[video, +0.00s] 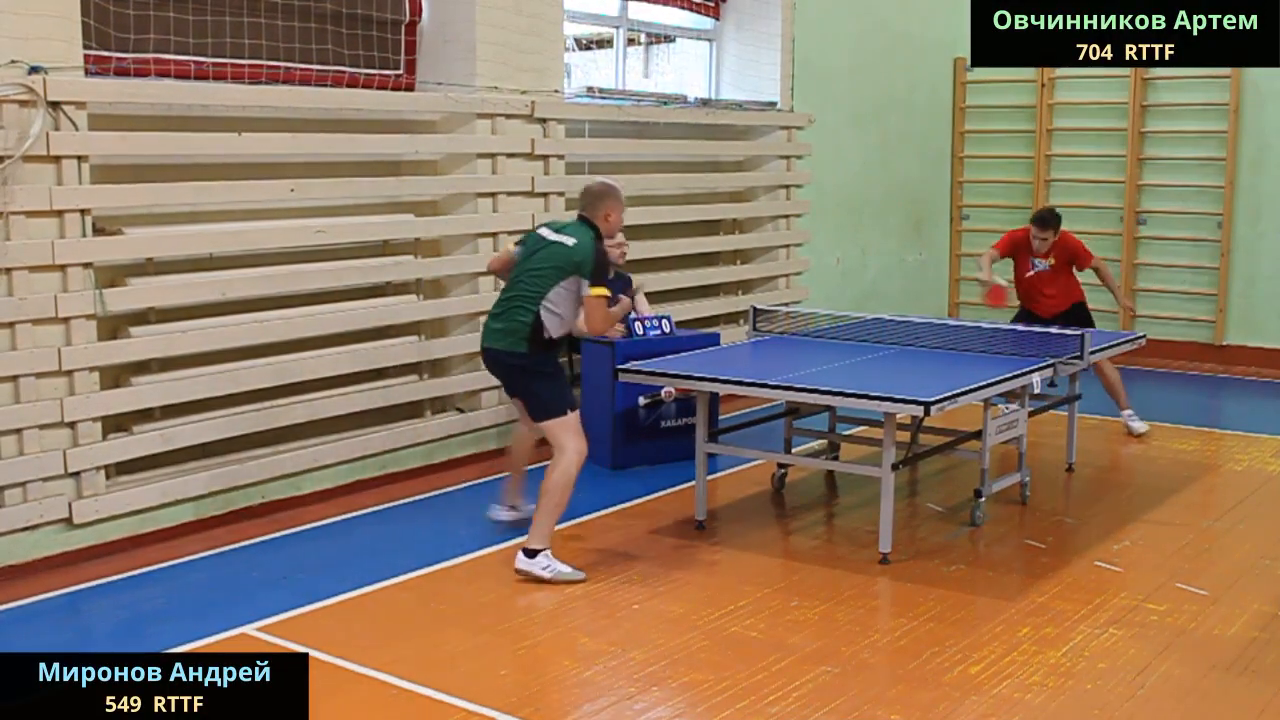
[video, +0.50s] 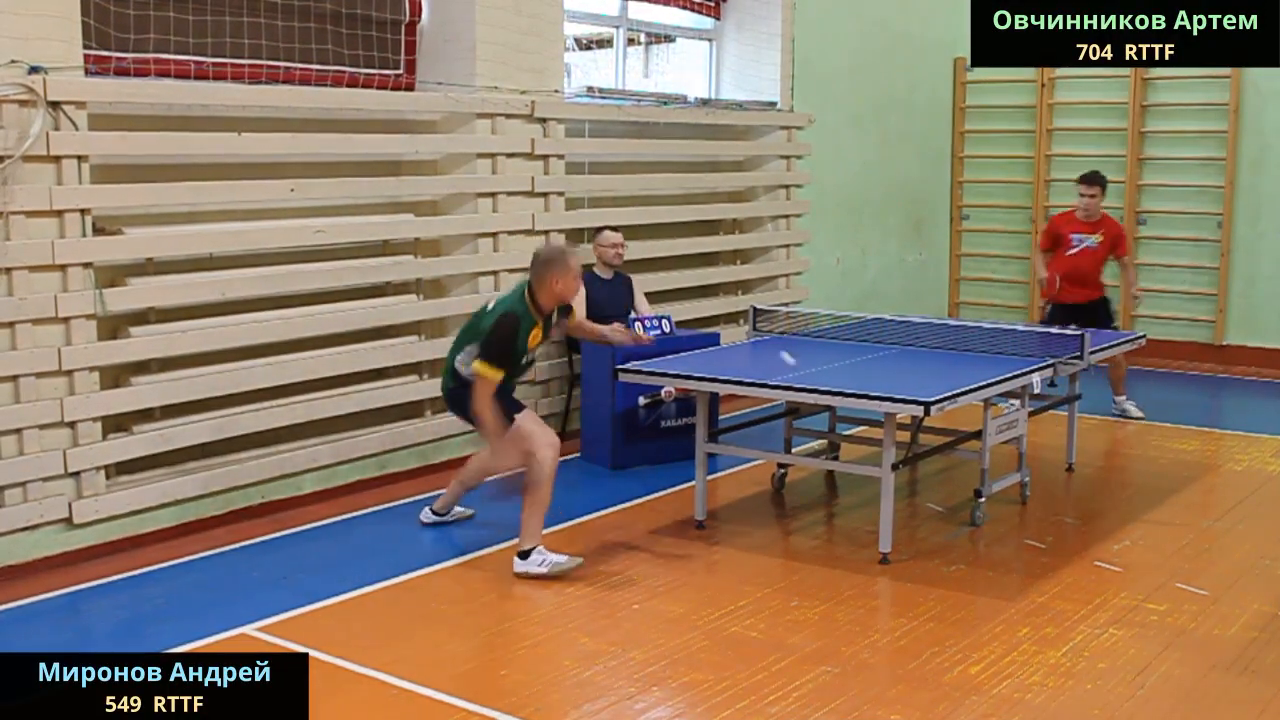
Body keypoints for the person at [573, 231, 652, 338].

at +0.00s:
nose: (624, 251)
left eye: (625, 245)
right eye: (618, 246)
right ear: (601, 249)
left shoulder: (625, 281)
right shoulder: (588, 281)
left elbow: (646, 314)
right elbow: (578, 325)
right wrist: (603, 330)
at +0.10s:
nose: (624, 251)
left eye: (625, 246)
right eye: (618, 247)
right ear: (597, 250)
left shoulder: (627, 282)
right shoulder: (584, 282)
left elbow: (647, 315)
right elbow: (578, 325)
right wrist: (602, 330)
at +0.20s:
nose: (624, 251)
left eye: (625, 246)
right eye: (617, 246)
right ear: (598, 250)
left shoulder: (628, 282)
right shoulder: (583, 282)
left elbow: (647, 315)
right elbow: (580, 324)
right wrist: (605, 331)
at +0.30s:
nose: (622, 251)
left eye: (624, 246)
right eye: (616, 246)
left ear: (627, 247)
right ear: (597, 251)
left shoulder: (630, 284)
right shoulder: (577, 284)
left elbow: (648, 320)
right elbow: (578, 329)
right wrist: (603, 330)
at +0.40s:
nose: (621, 252)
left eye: (623, 247)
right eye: (614, 247)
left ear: (626, 248)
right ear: (596, 251)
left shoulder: (628, 282)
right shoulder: (578, 283)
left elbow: (648, 316)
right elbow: (577, 328)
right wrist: (606, 330)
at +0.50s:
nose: (620, 252)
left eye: (622, 246)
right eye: (613, 247)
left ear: (625, 247)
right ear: (596, 250)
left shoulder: (628, 282)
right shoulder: (582, 282)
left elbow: (648, 317)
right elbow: (577, 324)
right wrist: (608, 332)